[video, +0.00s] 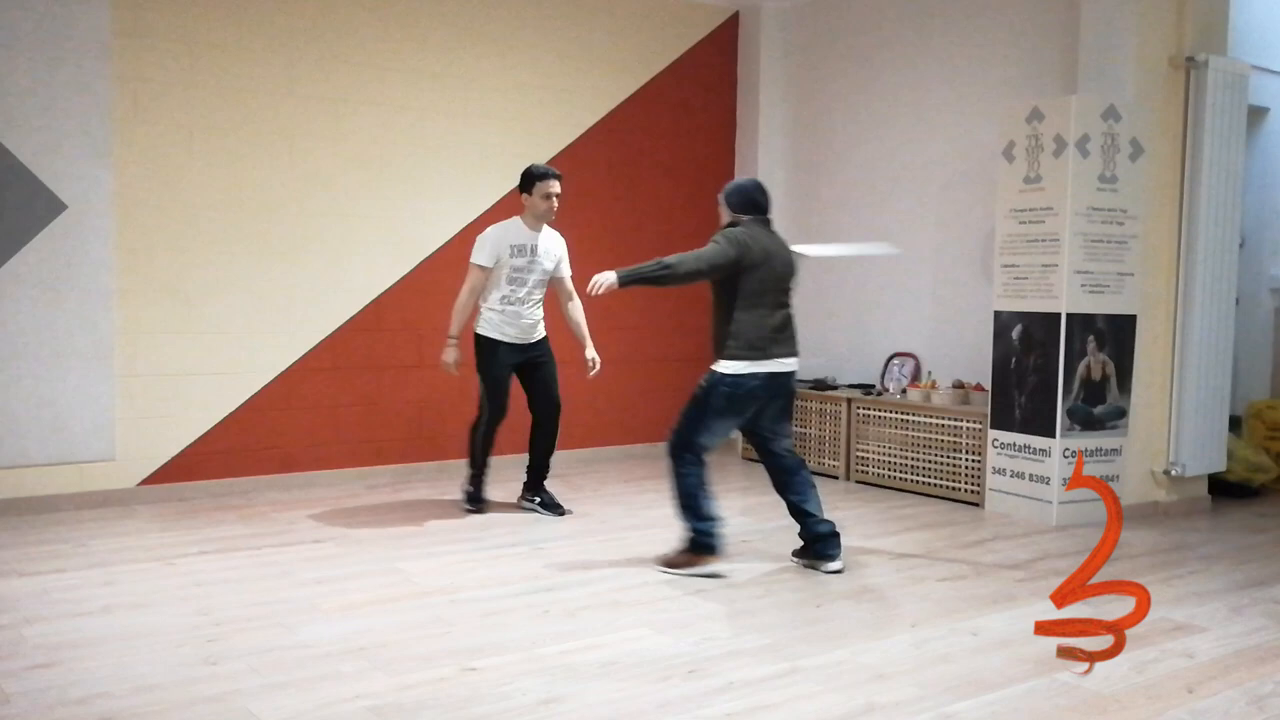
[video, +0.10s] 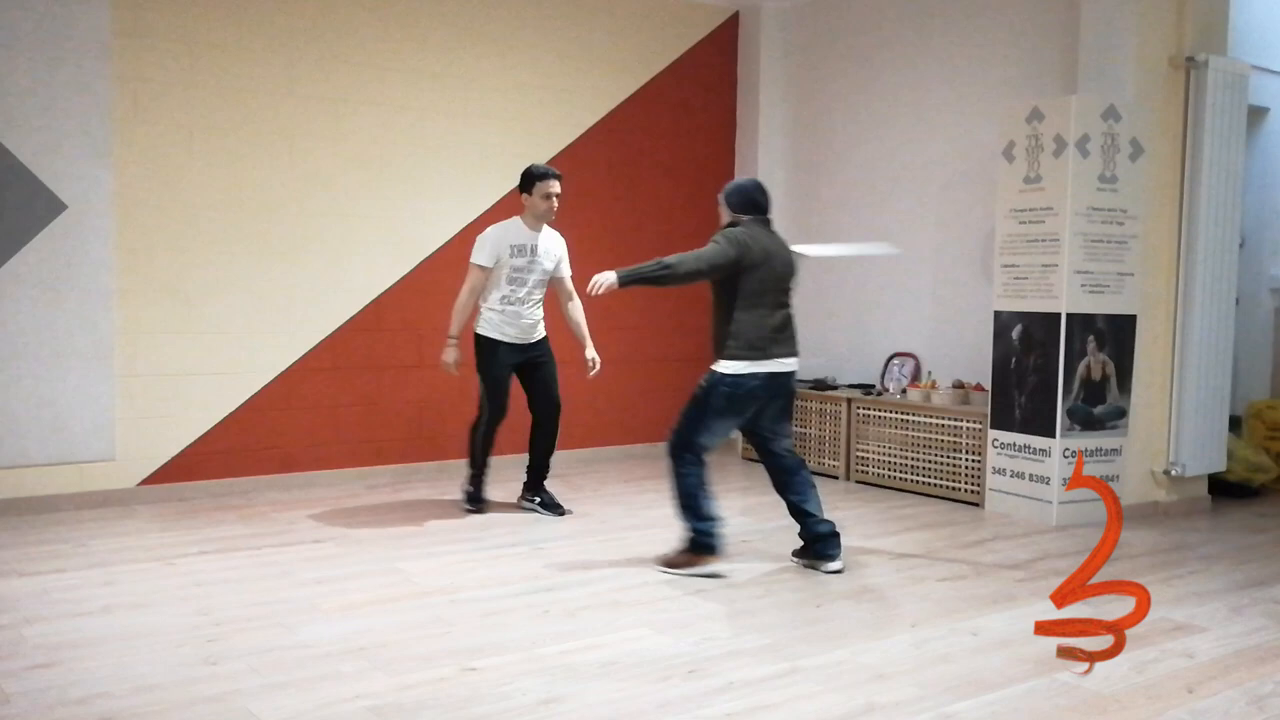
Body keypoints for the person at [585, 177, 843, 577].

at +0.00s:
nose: (719, 213)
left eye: (721, 207)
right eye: (720, 206)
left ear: (732, 209)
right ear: (761, 209)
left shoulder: (735, 241)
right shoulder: (780, 246)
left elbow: (688, 264)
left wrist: (621, 276)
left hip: (738, 372)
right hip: (781, 372)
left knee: (685, 446)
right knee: (779, 453)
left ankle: (702, 543)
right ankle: (823, 545)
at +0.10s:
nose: (719, 213)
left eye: (721, 207)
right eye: (720, 206)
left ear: (732, 209)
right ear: (761, 209)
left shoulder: (735, 241)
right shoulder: (780, 246)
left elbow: (688, 264)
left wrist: (621, 276)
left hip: (738, 372)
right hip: (781, 372)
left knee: (685, 446)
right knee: (779, 453)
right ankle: (823, 545)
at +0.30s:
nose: (665, 220)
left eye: (668, 212)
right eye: (666, 212)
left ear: (680, 213)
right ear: (704, 213)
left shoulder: (700, 245)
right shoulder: (707, 246)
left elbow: (682, 273)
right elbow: (652, 283)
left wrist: (615, 267)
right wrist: (600, 275)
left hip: (685, 377)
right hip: (720, 375)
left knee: (630, 443)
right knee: (752, 452)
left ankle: (615, 533)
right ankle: (811, 530)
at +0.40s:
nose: (635, 222)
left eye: (638, 214)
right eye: (636, 214)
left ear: (649, 216)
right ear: (671, 215)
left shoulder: (677, 248)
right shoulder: (658, 255)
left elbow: (667, 287)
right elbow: (608, 301)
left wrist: (603, 277)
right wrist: (546, 316)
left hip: (658, 376)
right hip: (690, 374)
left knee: (606, 441)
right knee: (708, 447)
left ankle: (614, 532)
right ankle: (781, 511)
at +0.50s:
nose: (609, 219)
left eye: (612, 212)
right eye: (609, 212)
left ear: (625, 213)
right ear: (641, 211)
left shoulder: (658, 245)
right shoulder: (628, 253)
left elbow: (645, 296)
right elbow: (599, 303)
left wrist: (583, 281)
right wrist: (555, 340)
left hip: (643, 371)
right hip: (664, 369)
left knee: (598, 440)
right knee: (658, 441)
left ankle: (614, 531)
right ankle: (727, 500)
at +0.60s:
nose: (588, 215)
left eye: (590, 208)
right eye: (589, 208)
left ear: (605, 210)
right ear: (616, 209)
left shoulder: (636, 242)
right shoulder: (607, 246)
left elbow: (621, 301)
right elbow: (588, 292)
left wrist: (566, 281)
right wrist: (561, 320)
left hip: (633, 362)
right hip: (623, 360)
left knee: (591, 443)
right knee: (617, 436)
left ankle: (615, 530)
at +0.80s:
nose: (555, 215)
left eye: (558, 208)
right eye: (555, 209)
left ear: (574, 208)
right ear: (580, 208)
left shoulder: (605, 240)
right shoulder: (573, 242)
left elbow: (586, 293)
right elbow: (542, 271)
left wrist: (547, 264)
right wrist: (503, 267)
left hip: (601, 357)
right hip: (579, 356)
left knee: (568, 436)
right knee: (554, 433)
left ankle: (613, 524)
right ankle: (569, 511)